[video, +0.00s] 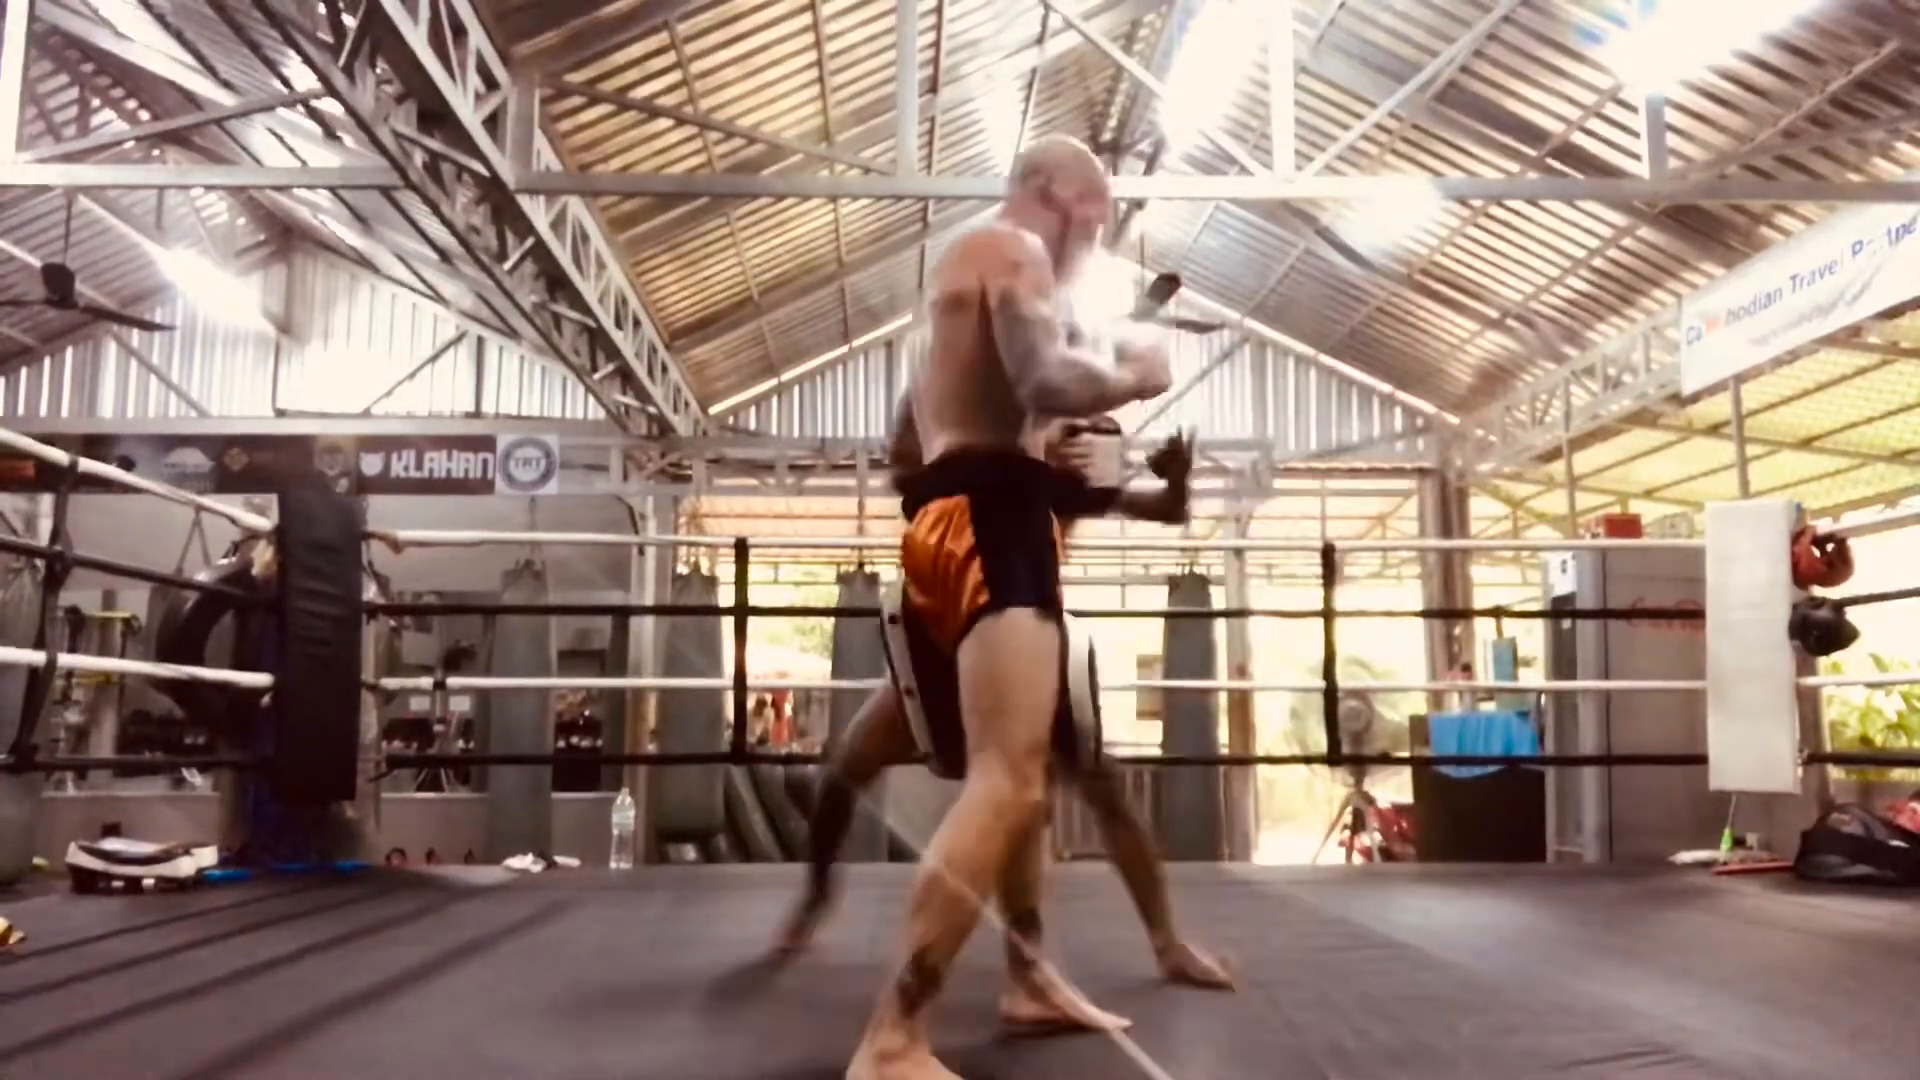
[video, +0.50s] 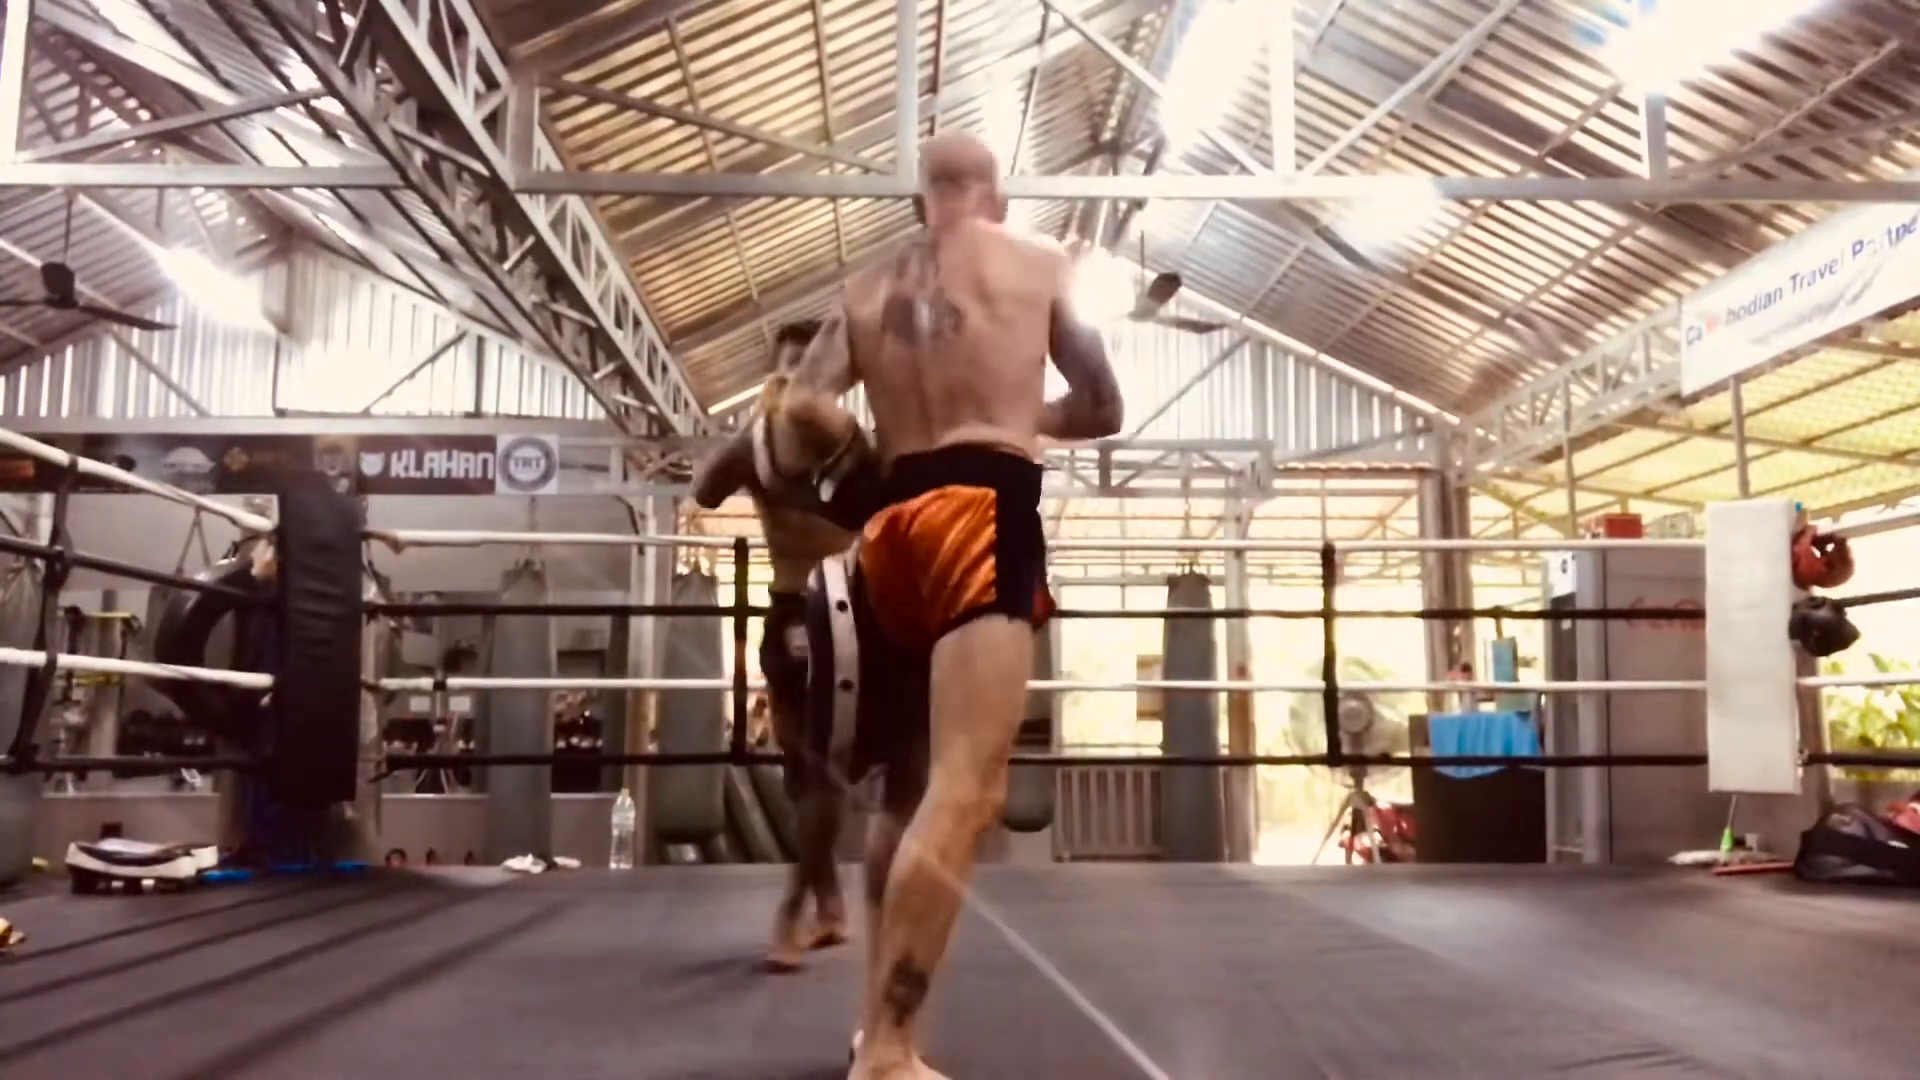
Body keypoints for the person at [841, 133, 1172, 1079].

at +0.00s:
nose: (1102, 233)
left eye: (1106, 218)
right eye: (1100, 213)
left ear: (1034, 190)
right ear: (1056, 193)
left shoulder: (969, 262)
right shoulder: (1011, 248)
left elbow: (922, 442)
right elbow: (1044, 380)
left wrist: (1053, 457)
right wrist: (1136, 373)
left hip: (947, 512)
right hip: (989, 504)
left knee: (1020, 771)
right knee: (1006, 776)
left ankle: (1031, 977)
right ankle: (890, 1039)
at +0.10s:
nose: (1078, 222)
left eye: (1080, 208)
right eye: (1077, 205)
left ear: (1001, 182)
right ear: (1049, 186)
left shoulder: (932, 270)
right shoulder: (1021, 247)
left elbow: (874, 445)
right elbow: (1079, 394)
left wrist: (1026, 441)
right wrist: (1137, 393)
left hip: (923, 513)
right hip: (984, 503)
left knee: (1003, 779)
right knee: (983, 782)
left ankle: (1033, 978)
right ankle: (887, 1050)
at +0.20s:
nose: (1064, 211)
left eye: (1061, 197)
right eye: (1060, 195)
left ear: (986, 182)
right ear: (1035, 182)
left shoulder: (910, 276)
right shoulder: (1033, 241)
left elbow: (843, 414)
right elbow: (1094, 397)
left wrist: (920, 451)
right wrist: (1108, 429)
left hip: (901, 509)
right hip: (978, 499)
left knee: (981, 768)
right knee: (965, 779)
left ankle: (1019, 974)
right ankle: (888, 1046)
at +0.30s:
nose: (1045, 195)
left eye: (1040, 179)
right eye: (1042, 179)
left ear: (963, 176)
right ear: (1025, 174)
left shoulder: (898, 271)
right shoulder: (1034, 236)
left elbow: (846, 388)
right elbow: (1096, 385)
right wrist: (1069, 434)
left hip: (895, 500)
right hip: (978, 492)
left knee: (947, 770)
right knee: (954, 777)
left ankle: (943, 990)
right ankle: (884, 1045)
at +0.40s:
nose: (1024, 195)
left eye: (1014, 180)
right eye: (1020, 181)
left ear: (941, 184)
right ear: (1007, 181)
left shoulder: (880, 281)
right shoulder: (1035, 246)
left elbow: (811, 398)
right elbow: (1101, 400)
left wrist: (864, 453)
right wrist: (1027, 445)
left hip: (886, 509)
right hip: (976, 498)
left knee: (928, 788)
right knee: (951, 789)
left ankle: (896, 1022)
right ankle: (887, 1045)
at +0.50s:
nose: (997, 201)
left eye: (982, 187)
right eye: (997, 187)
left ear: (923, 192)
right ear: (993, 188)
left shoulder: (865, 288)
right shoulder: (1036, 263)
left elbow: (804, 405)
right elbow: (1102, 410)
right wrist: (1013, 416)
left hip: (890, 513)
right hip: (983, 504)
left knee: (910, 791)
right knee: (964, 790)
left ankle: (885, 1037)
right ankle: (885, 1049)